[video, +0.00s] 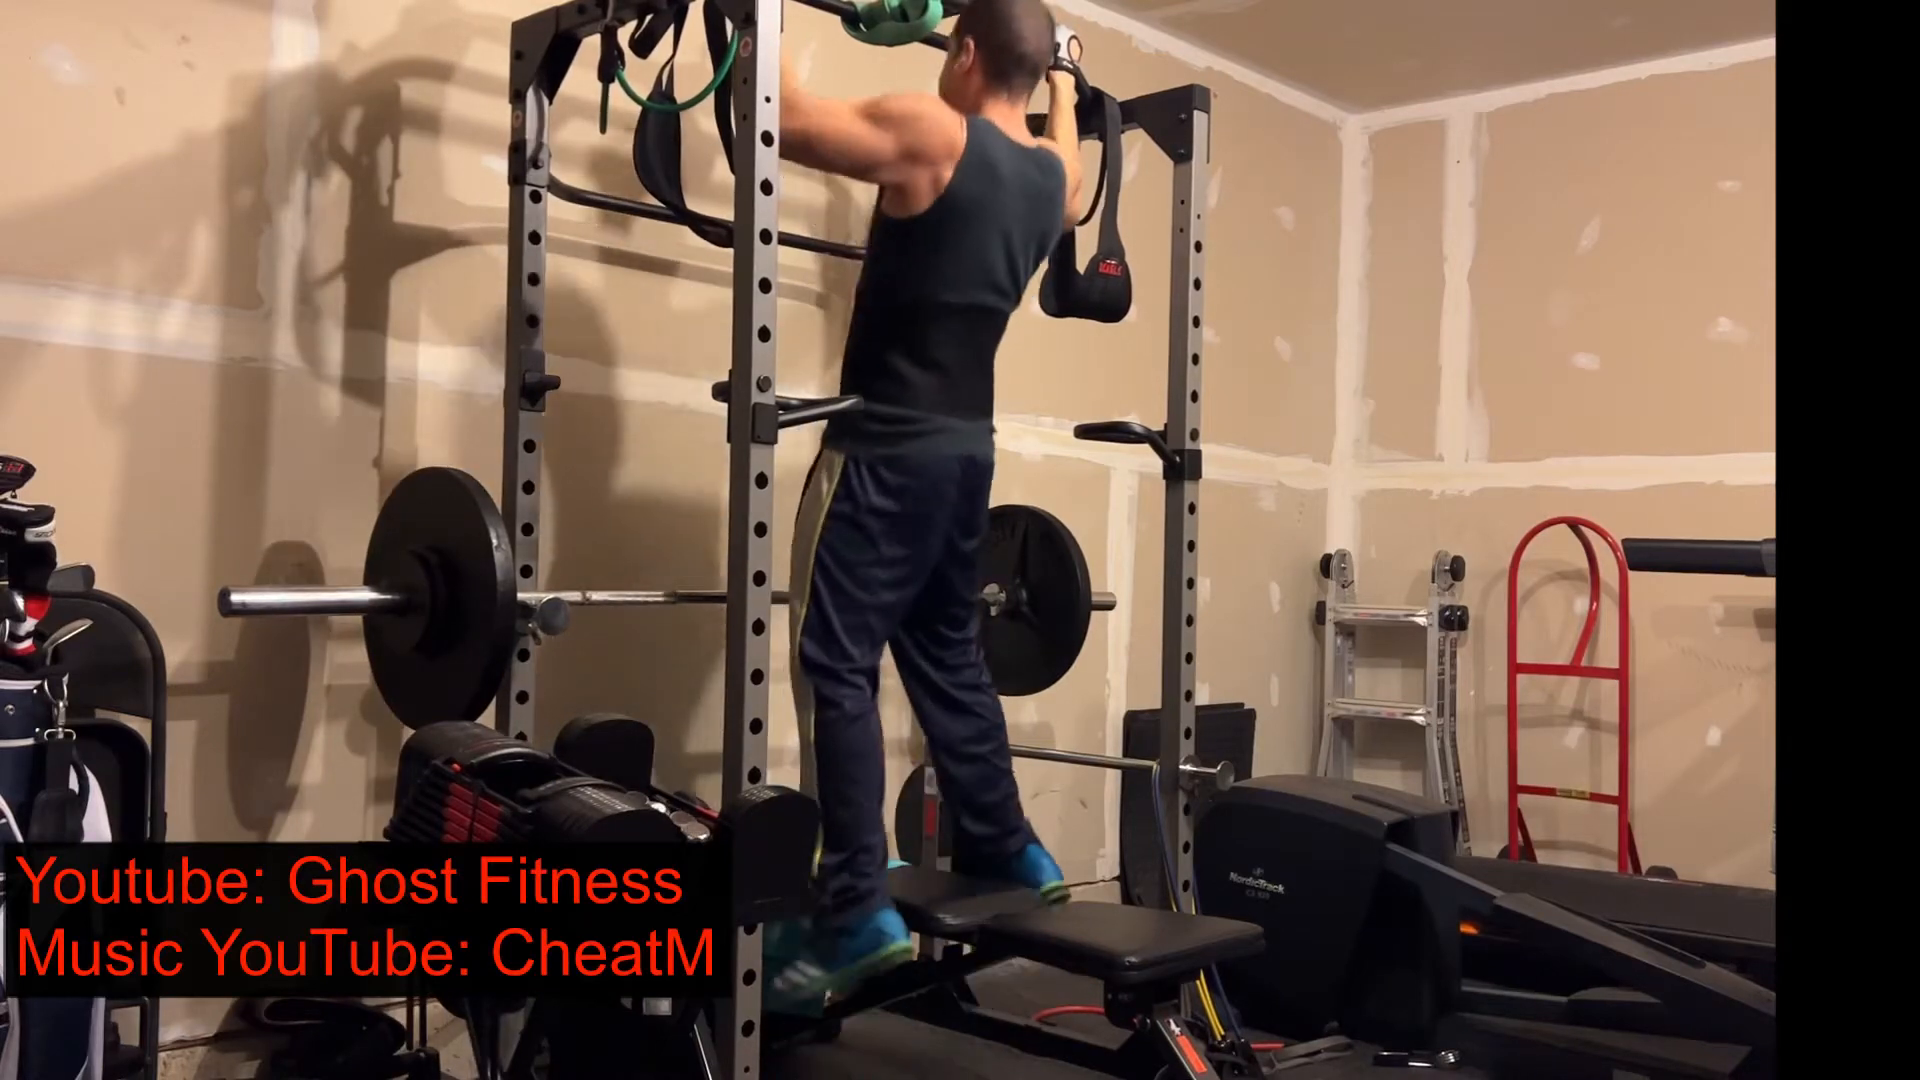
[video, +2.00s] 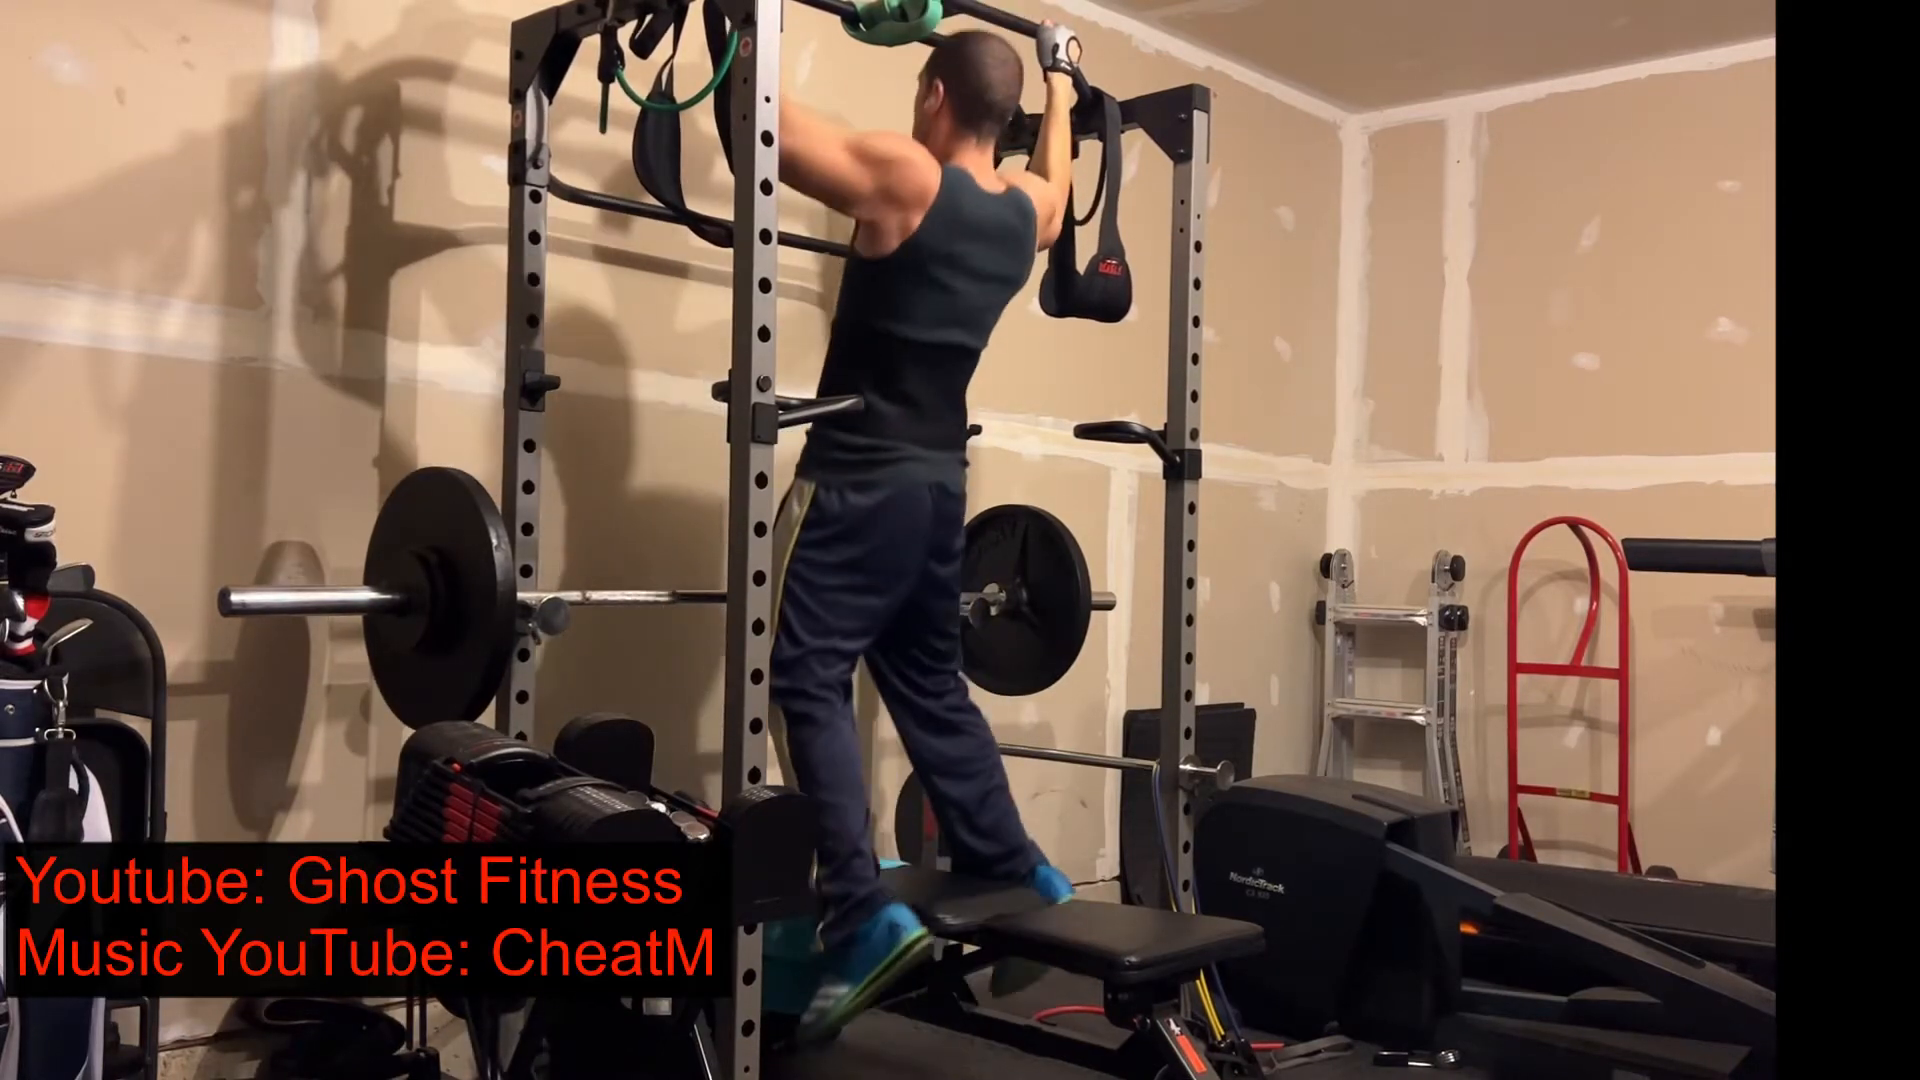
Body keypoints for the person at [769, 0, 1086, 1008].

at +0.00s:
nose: (944, 58)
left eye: (953, 43)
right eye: (954, 44)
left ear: (970, 55)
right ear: (1038, 75)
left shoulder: (926, 128)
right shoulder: (1045, 171)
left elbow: (790, 121)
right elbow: (1067, 206)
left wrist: (759, 20)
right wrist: (1052, 116)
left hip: (886, 451)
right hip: (965, 453)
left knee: (837, 663)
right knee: (946, 651)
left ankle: (856, 903)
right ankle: (1002, 848)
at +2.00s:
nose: (914, 98)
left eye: (921, 84)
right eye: (923, 86)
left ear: (938, 98)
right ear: (1009, 118)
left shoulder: (902, 170)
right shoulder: (1024, 212)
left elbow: (767, 124)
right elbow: (1056, 185)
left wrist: (746, 30)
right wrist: (1061, 104)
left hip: (868, 480)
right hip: (938, 484)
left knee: (811, 681)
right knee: (931, 688)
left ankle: (862, 909)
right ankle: (1012, 871)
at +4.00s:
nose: (922, 136)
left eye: (929, 124)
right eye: (931, 125)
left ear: (948, 131)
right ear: (1011, 148)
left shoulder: (910, 199)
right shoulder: (1031, 243)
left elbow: (788, 138)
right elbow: (1051, 186)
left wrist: (770, 21)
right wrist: (1057, 107)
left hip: (868, 520)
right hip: (943, 524)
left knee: (804, 723)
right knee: (929, 731)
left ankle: (837, 962)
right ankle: (999, 936)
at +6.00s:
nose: (920, 17)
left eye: (927, 6)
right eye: (926, 7)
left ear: (947, 13)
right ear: (1013, 30)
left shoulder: (906, 86)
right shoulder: (1033, 130)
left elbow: (769, 117)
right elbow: (1056, 207)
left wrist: (748, 22)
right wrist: (1058, 95)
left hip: (861, 389)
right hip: (941, 400)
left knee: (799, 593)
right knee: (928, 608)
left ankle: (842, 820)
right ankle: (1002, 809)